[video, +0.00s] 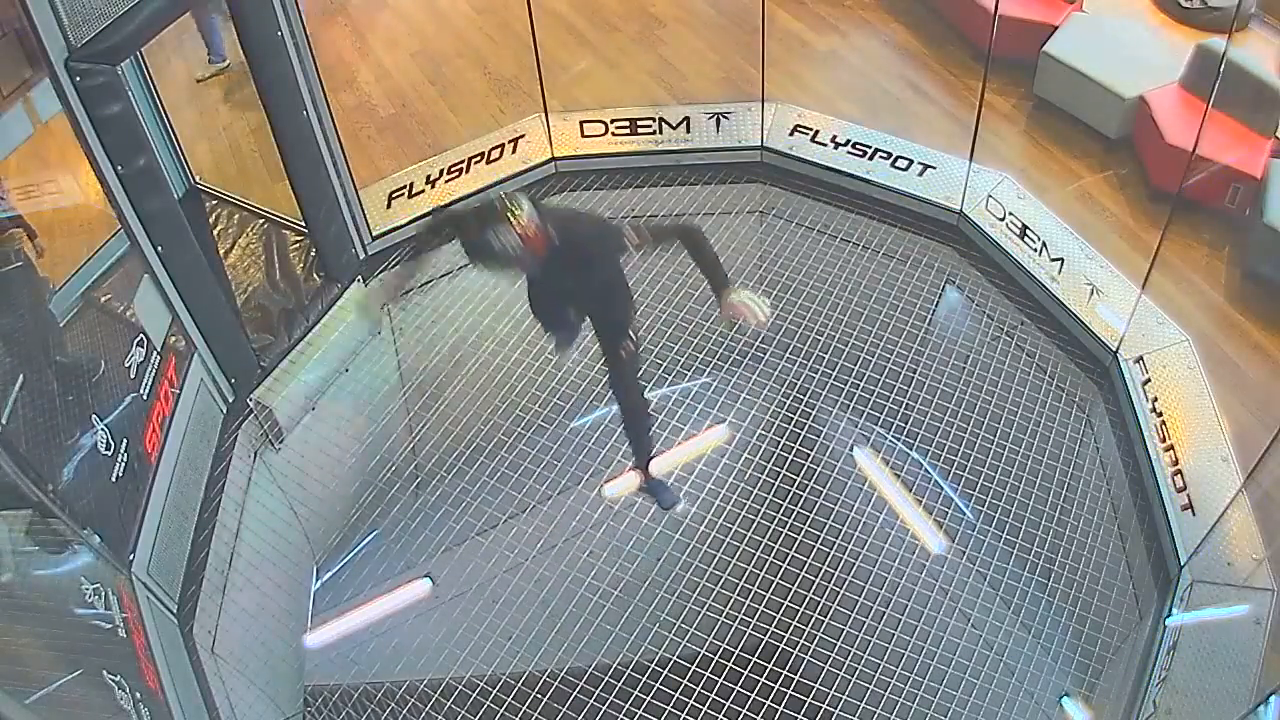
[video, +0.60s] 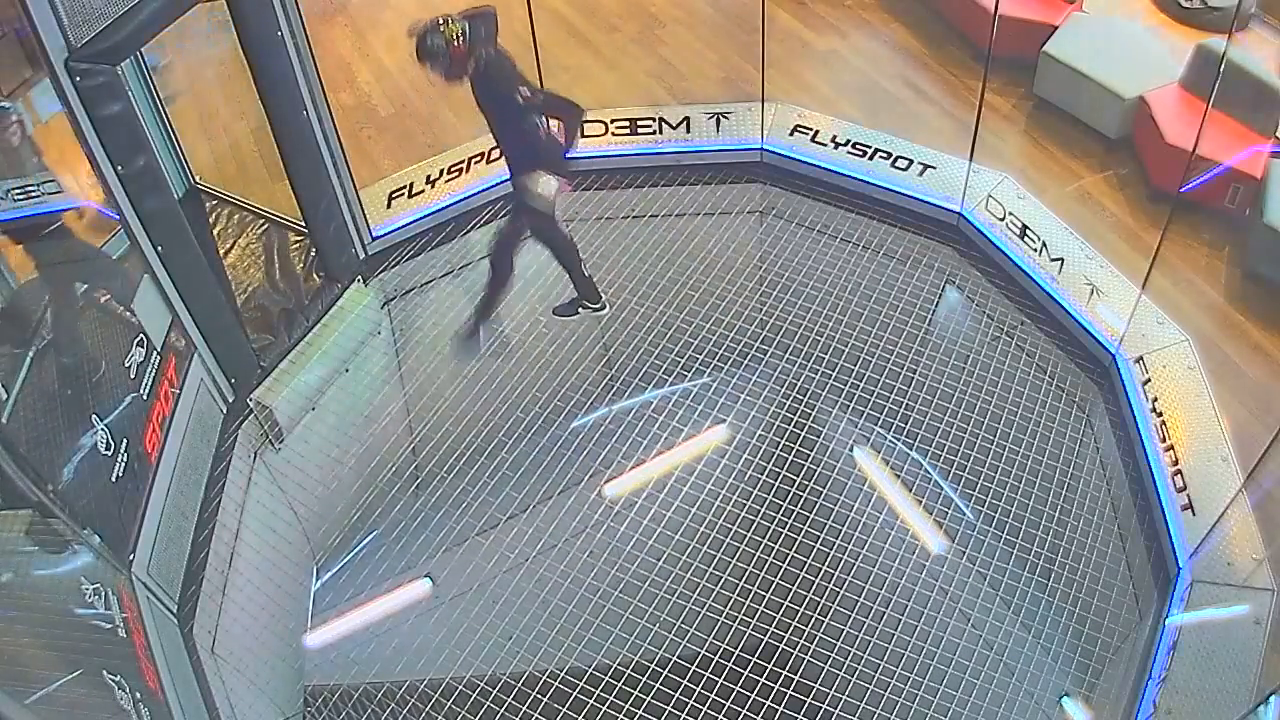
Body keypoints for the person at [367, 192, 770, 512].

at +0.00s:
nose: (529, 250)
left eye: (529, 241)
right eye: (516, 250)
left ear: (535, 222)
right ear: (498, 248)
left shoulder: (592, 232)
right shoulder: (487, 235)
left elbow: (686, 230)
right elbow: (441, 224)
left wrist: (725, 292)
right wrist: (399, 273)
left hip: (603, 279)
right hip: (552, 280)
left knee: (623, 377)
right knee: (554, 321)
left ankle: (646, 471)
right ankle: (568, 329)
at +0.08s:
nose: (500, 224)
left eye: (498, 213)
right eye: (489, 222)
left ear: (505, 189)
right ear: (479, 215)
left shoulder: (563, 196)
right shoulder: (497, 213)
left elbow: (656, 189)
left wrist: (706, 248)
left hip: (594, 271)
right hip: (546, 267)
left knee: (612, 372)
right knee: (539, 283)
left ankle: (628, 465)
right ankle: (564, 308)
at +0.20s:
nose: (451, 178)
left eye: (451, 169)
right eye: (444, 172)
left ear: (471, 150)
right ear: (445, 159)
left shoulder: (537, 167)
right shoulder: (478, 158)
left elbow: (634, 157)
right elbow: (443, 125)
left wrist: (669, 204)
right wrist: (392, 142)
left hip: (578, 244)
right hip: (533, 244)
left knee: (589, 354)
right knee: (542, 271)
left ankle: (601, 448)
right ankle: (570, 293)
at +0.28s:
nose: (448, 155)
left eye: (449, 145)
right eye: (441, 149)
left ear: (468, 124)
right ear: (459, 122)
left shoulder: (524, 147)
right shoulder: (477, 132)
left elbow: (614, 147)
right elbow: (442, 103)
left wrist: (646, 194)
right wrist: (397, 119)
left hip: (573, 236)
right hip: (535, 236)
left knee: (573, 343)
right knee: (558, 274)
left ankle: (579, 437)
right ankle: (572, 295)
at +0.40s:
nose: (446, 125)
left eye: (446, 116)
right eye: (440, 119)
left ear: (466, 101)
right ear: (463, 100)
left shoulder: (515, 130)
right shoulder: (483, 117)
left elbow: (599, 136)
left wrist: (617, 188)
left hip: (562, 217)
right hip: (529, 215)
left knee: (546, 314)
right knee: (558, 266)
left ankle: (538, 415)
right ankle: (590, 300)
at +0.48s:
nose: (448, 109)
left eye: (447, 101)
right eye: (442, 103)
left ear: (464, 84)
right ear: (465, 80)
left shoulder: (509, 113)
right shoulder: (489, 95)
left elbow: (594, 128)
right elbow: (484, 53)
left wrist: (604, 179)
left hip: (553, 205)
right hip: (536, 197)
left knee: (527, 291)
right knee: (551, 252)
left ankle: (506, 388)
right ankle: (591, 300)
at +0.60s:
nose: (442, 73)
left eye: (441, 64)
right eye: (436, 67)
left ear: (457, 49)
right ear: (459, 43)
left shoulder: (496, 74)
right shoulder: (485, 58)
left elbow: (573, 111)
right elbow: (487, 14)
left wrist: (562, 156)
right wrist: (444, 24)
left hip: (537, 169)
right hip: (528, 167)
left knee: (503, 252)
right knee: (546, 230)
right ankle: (589, 294)